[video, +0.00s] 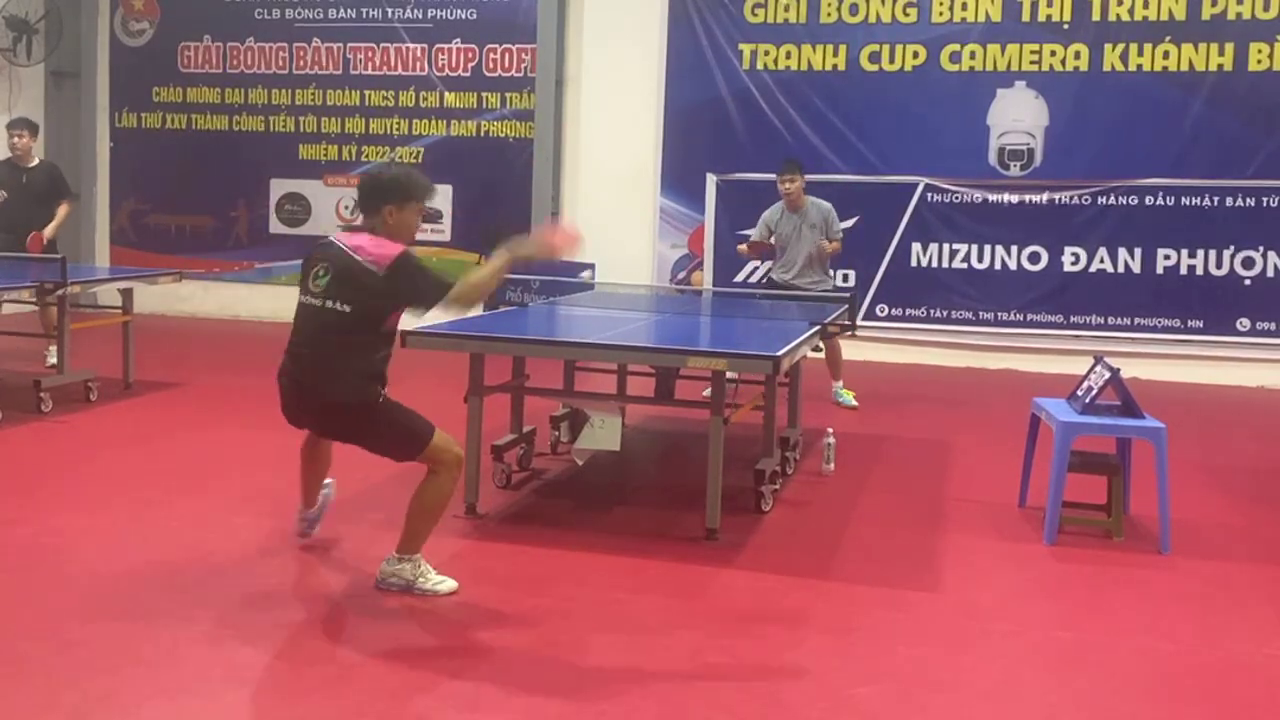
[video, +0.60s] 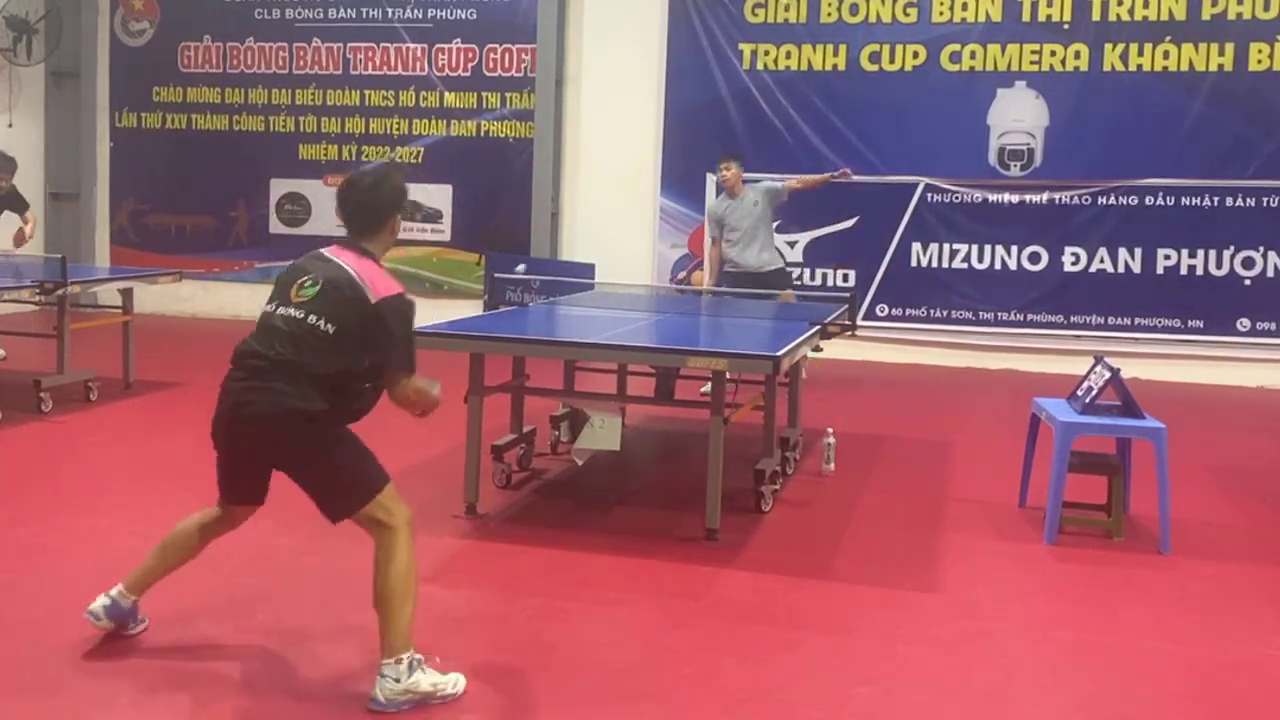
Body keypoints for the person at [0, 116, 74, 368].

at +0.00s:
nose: (14, 141)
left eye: (20, 137)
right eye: (11, 137)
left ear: (33, 140)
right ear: (7, 140)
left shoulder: (48, 170)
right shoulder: (3, 168)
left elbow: (66, 202)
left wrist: (50, 229)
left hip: (40, 247)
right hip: (7, 247)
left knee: (46, 296)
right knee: (1, 295)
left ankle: (52, 346)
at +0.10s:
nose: (9, 143)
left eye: (15, 139)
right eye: (6, 139)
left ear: (28, 142)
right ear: (2, 142)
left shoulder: (43, 174)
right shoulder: (2, 169)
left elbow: (57, 207)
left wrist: (49, 231)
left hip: (32, 253)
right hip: (4, 253)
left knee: (42, 298)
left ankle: (52, 345)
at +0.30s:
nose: (2, 155)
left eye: (7, 151)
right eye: (0, 150)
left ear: (15, 155)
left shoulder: (18, 179)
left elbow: (25, 208)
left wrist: (32, 232)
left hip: (9, 252)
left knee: (25, 298)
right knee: (23, 299)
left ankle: (44, 346)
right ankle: (44, 346)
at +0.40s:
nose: (3, 165)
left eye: (6, 160)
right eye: (1, 160)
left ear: (12, 161)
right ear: (0, 160)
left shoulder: (12, 181)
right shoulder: (9, 181)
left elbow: (16, 208)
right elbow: (17, 208)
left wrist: (24, 233)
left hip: (3, 249)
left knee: (12, 294)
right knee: (11, 295)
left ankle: (25, 343)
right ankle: (24, 344)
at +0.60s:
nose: (3, 185)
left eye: (6, 181)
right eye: (1, 180)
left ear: (11, 179)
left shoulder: (10, 192)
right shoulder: (7, 193)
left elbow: (29, 219)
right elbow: (29, 218)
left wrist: (26, 233)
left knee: (1, 295)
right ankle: (0, 345)